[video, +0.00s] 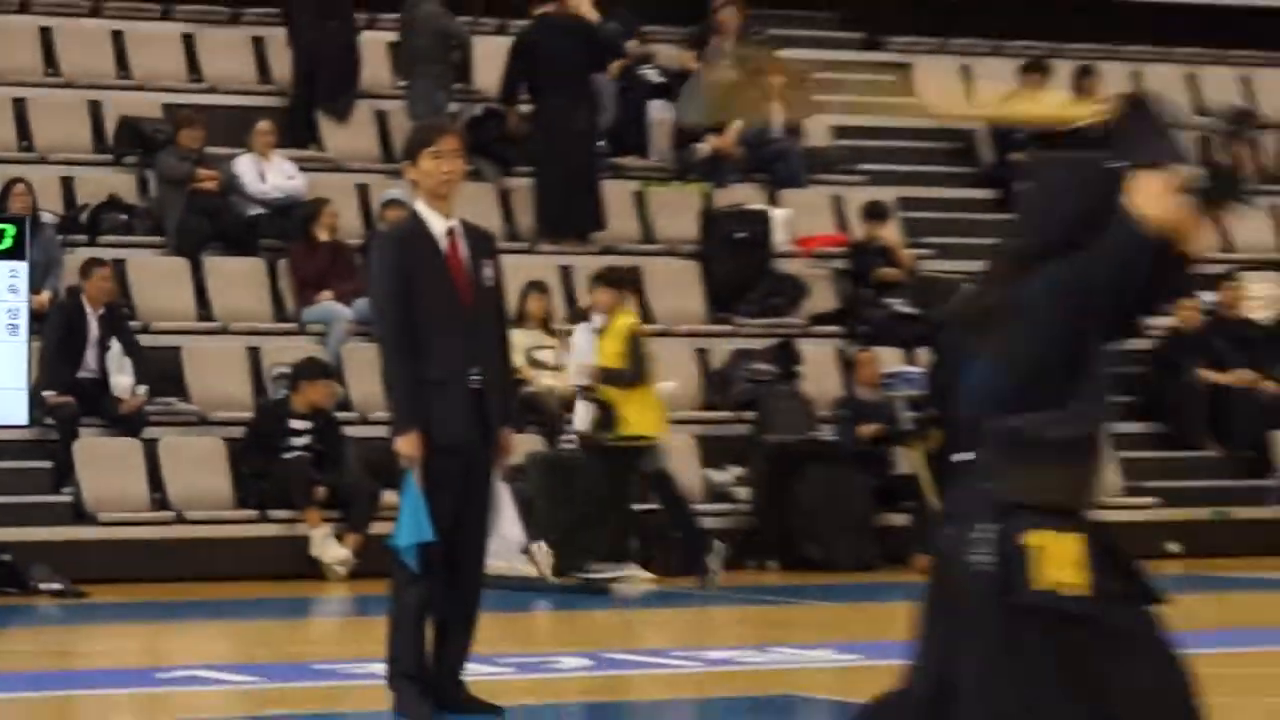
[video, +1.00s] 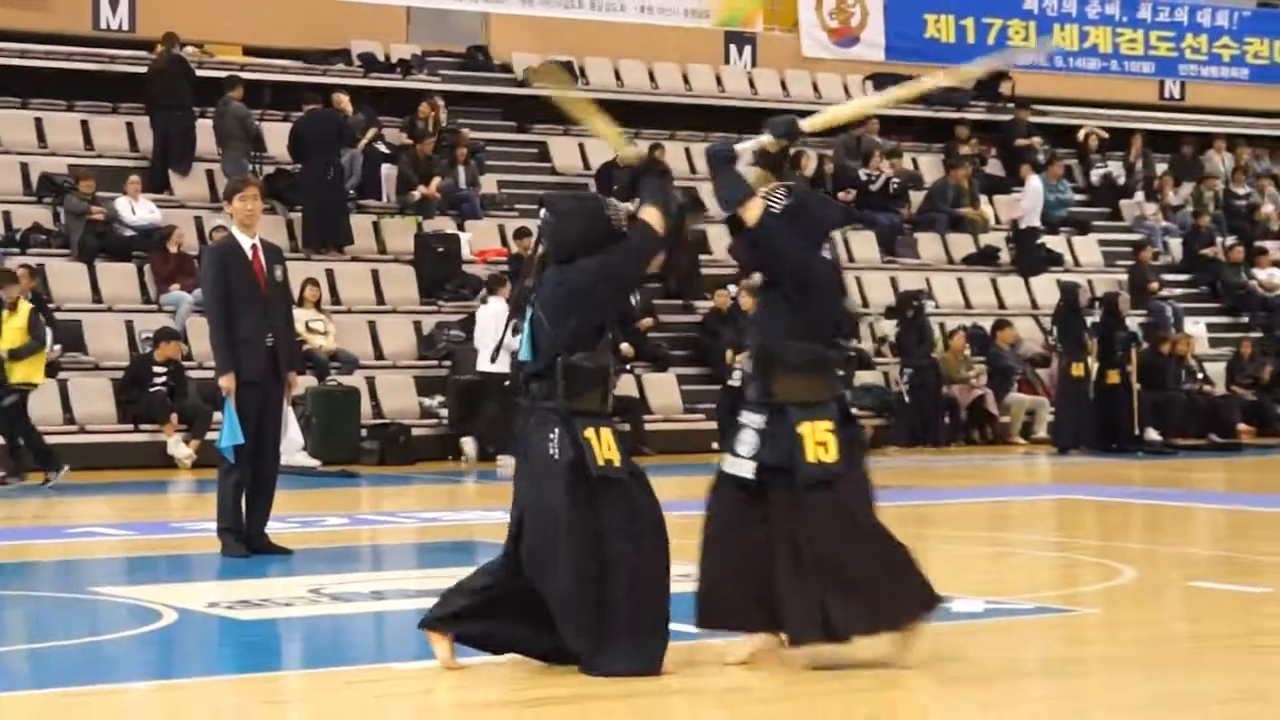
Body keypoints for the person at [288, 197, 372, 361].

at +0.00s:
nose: (334, 221)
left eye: (335, 216)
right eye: (329, 216)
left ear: (338, 218)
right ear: (315, 219)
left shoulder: (342, 248)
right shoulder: (301, 248)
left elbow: (357, 283)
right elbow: (310, 276)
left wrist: (335, 293)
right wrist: (324, 243)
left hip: (346, 302)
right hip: (311, 304)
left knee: (375, 309)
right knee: (344, 316)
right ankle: (330, 365)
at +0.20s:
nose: (262, 229)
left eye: (263, 225)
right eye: (258, 224)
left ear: (264, 227)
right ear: (246, 227)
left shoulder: (268, 252)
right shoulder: (231, 253)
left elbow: (283, 286)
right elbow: (239, 282)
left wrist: (263, 293)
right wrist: (253, 250)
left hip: (274, 300)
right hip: (242, 302)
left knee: (301, 307)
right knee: (271, 312)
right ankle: (257, 360)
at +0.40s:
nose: (214, 228)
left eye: (214, 224)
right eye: (210, 224)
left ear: (215, 227)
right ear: (198, 227)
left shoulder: (219, 250)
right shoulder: (184, 249)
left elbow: (231, 281)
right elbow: (190, 276)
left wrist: (213, 287)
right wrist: (204, 247)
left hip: (225, 293)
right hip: (196, 294)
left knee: (250, 301)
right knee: (222, 305)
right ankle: (209, 349)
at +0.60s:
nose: (190, 233)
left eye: (190, 229)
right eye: (186, 229)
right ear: (175, 232)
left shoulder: (195, 254)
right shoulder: (163, 252)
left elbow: (204, 280)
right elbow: (167, 278)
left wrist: (190, 287)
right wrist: (180, 251)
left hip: (197, 292)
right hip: (172, 293)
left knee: (216, 298)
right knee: (196, 303)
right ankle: (187, 345)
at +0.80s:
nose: (166, 239)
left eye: (167, 236)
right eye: (163, 236)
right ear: (152, 239)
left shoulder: (171, 258)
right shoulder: (141, 257)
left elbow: (180, 283)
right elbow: (144, 280)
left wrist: (165, 288)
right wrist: (157, 256)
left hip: (174, 294)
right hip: (150, 295)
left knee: (191, 298)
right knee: (172, 304)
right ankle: (161, 341)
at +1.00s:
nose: (180, 240)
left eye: (181, 237)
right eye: (177, 236)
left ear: (182, 239)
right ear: (168, 239)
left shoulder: (186, 257)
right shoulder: (157, 257)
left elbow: (194, 280)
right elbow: (162, 276)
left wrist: (181, 285)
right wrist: (172, 255)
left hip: (188, 291)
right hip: (166, 292)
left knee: (206, 295)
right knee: (187, 300)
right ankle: (176, 336)